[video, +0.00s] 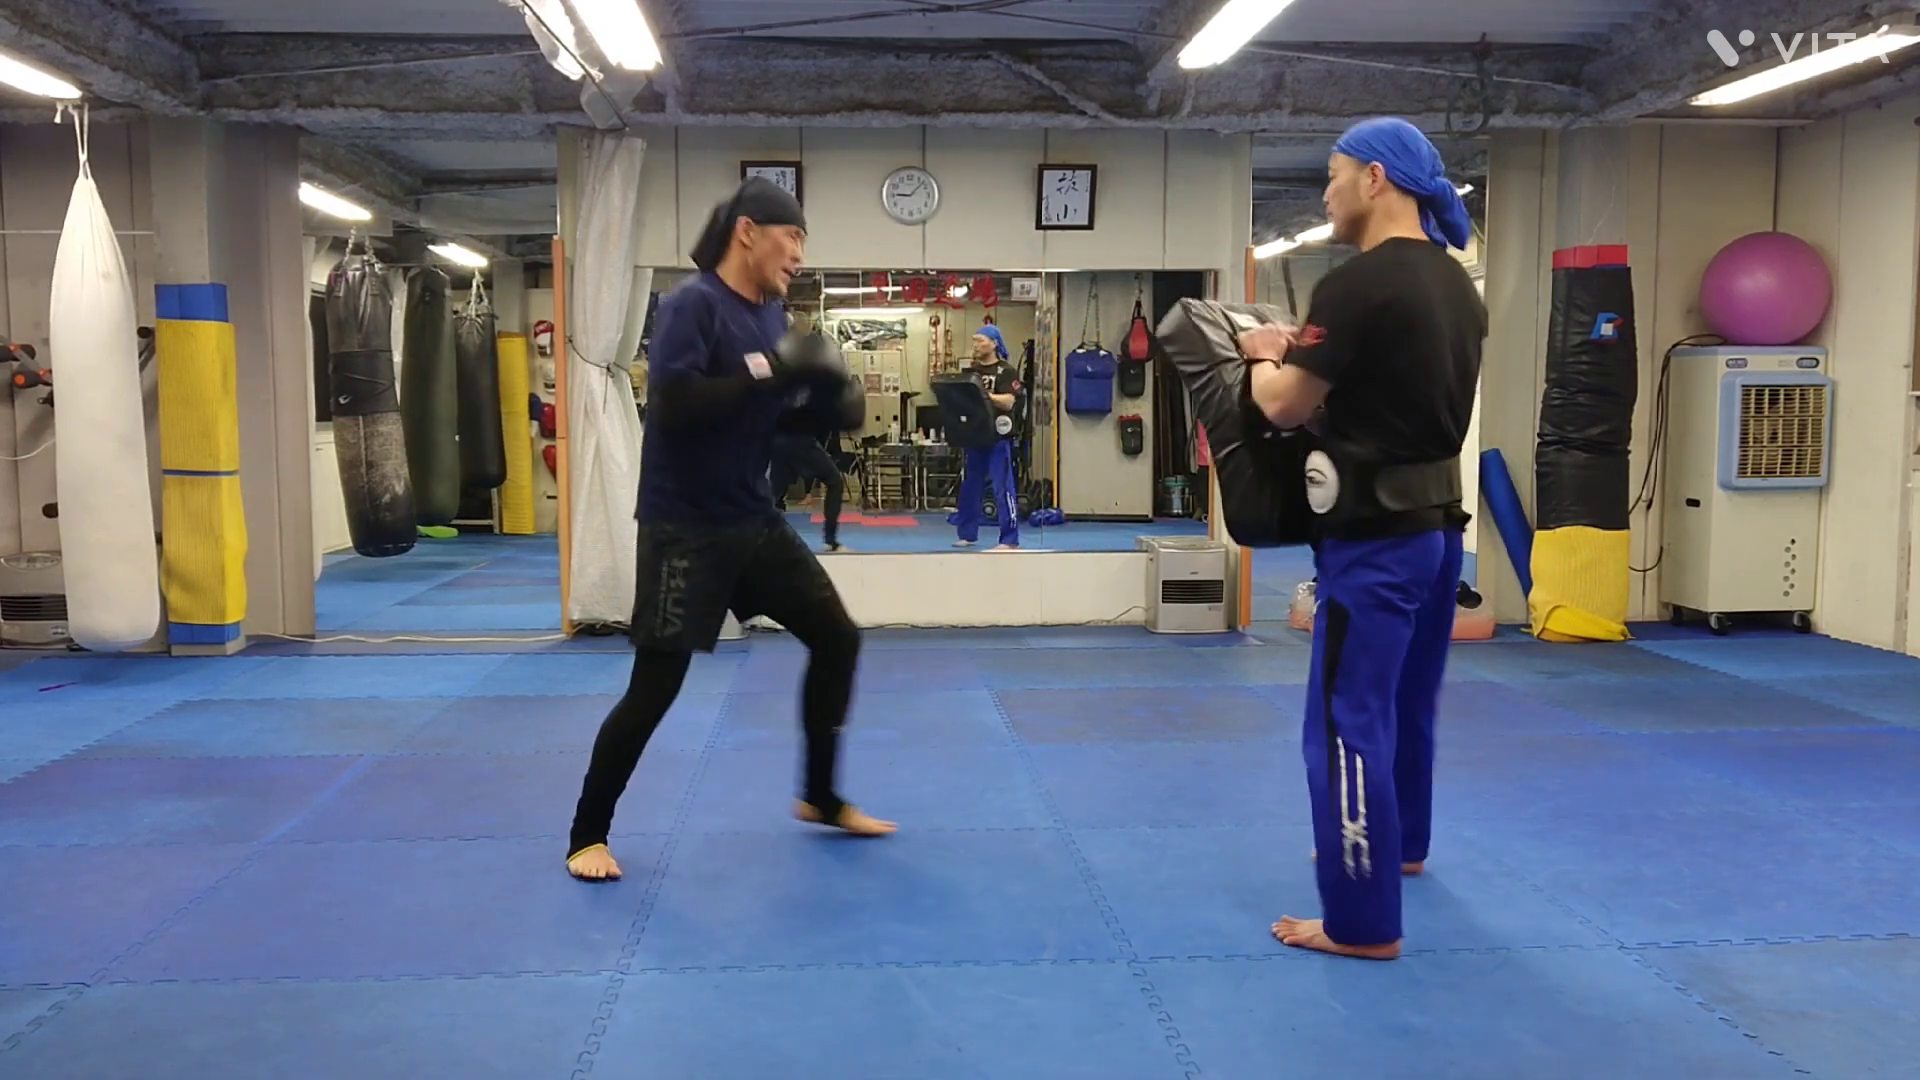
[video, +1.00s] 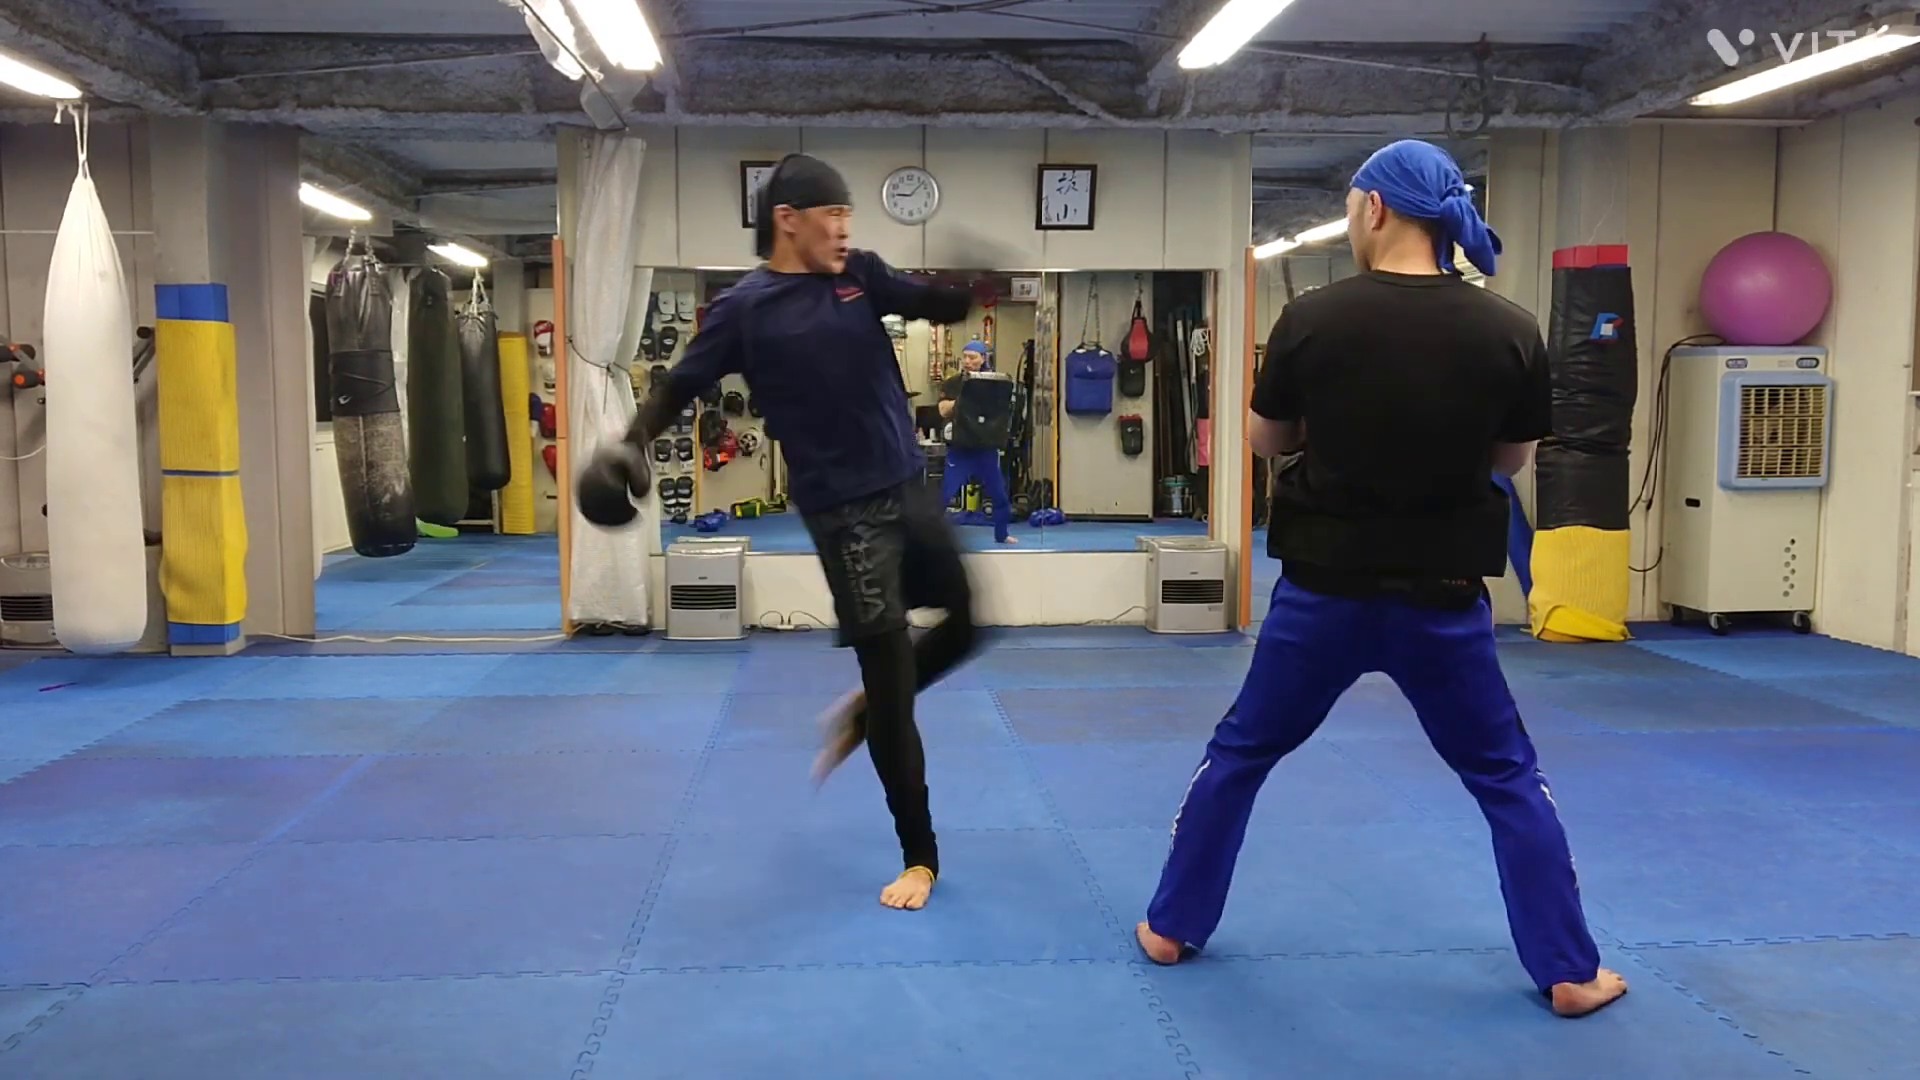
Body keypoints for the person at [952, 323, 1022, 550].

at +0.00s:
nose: (975, 345)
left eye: (980, 341)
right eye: (975, 341)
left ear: (994, 344)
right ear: (978, 344)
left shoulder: (1008, 372)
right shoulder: (972, 371)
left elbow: (1009, 402)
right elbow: (963, 398)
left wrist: (982, 395)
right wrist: (944, 386)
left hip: (1000, 436)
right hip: (975, 435)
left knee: (1002, 487)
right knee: (971, 484)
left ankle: (1009, 539)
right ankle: (967, 534)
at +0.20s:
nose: (970, 344)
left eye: (974, 339)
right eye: (968, 340)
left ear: (988, 342)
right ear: (968, 343)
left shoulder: (1003, 369)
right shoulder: (963, 369)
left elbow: (1013, 397)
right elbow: (953, 399)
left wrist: (990, 393)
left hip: (998, 434)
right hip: (971, 434)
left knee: (1002, 487)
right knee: (967, 486)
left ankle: (1005, 533)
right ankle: (966, 535)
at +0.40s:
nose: (975, 349)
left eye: (979, 345)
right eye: (972, 345)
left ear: (991, 347)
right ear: (970, 348)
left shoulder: (1006, 376)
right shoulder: (964, 375)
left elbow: (1013, 407)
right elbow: (951, 403)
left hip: (997, 442)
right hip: (969, 441)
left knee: (1002, 488)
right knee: (958, 484)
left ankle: (1002, 531)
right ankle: (962, 534)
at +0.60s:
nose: (976, 357)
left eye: (980, 352)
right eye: (972, 352)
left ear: (991, 356)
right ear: (968, 356)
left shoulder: (1000, 382)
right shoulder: (962, 380)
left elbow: (1011, 413)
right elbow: (953, 411)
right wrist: (981, 406)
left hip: (996, 447)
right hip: (969, 445)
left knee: (1004, 494)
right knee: (952, 491)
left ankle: (1002, 535)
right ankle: (925, 535)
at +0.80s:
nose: (970, 361)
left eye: (975, 356)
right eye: (967, 356)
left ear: (985, 360)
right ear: (963, 359)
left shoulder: (992, 384)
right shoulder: (953, 384)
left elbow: (1002, 410)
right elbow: (948, 411)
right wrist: (973, 403)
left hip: (990, 449)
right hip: (962, 448)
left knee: (1003, 496)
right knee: (947, 494)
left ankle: (1002, 535)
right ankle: (923, 537)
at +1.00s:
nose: (968, 362)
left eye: (973, 357)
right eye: (966, 357)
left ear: (984, 359)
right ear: (962, 358)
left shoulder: (993, 382)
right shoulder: (954, 382)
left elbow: (1002, 412)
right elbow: (943, 410)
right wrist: (966, 400)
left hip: (987, 447)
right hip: (959, 447)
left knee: (999, 495)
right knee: (945, 495)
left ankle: (1001, 535)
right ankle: (929, 536)